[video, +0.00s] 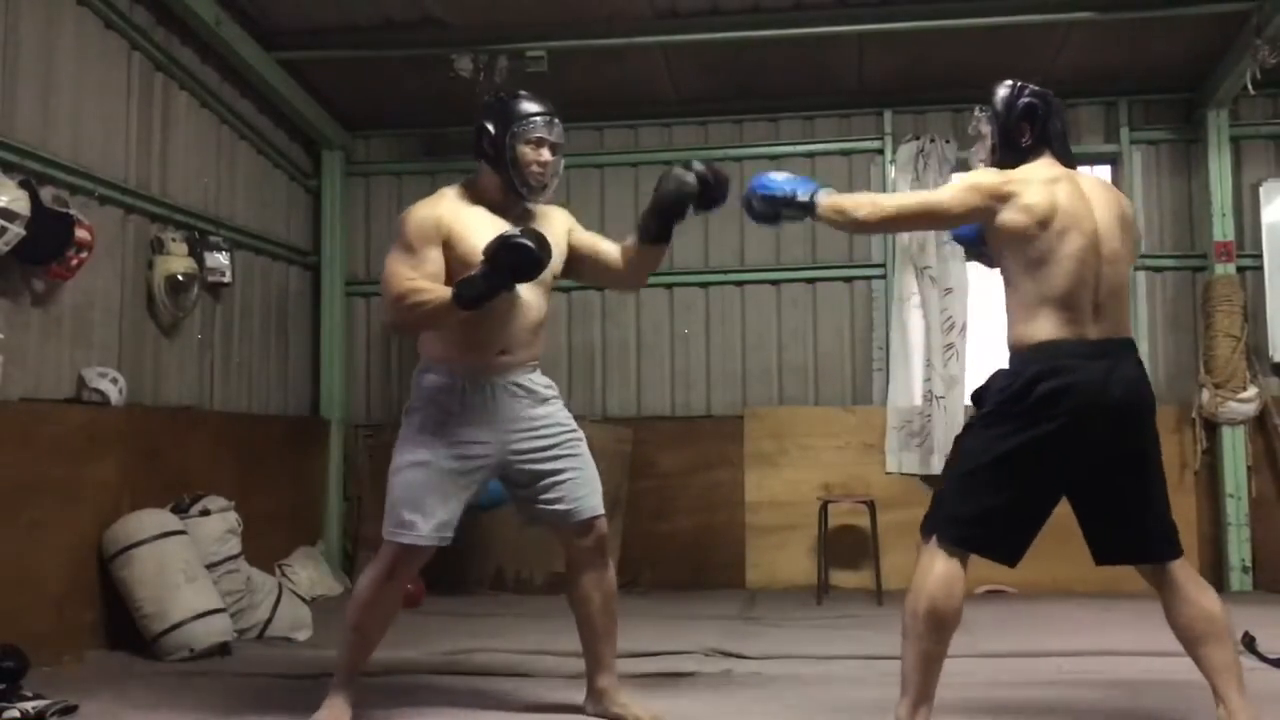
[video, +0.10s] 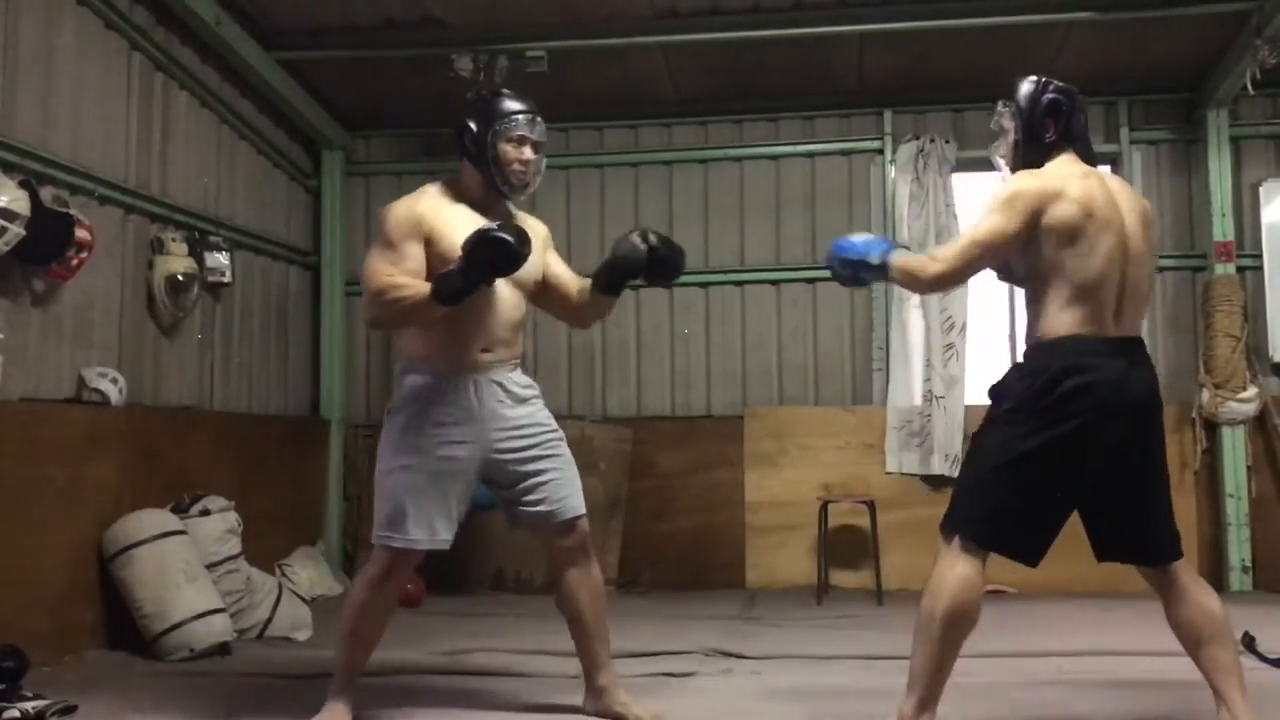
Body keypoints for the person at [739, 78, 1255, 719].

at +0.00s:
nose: (979, 143)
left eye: (983, 131)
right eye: (981, 131)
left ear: (1010, 134)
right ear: (1051, 134)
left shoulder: (1000, 185)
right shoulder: (1114, 198)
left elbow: (871, 212)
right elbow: (1071, 262)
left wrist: (803, 196)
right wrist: (988, 249)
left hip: (1039, 387)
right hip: (1123, 387)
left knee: (947, 544)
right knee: (1168, 562)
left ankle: (914, 707)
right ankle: (1237, 706)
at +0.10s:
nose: (1000, 143)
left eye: (1005, 130)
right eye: (999, 129)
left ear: (1033, 130)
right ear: (1070, 130)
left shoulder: (1031, 188)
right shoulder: (1131, 199)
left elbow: (935, 272)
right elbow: (1080, 279)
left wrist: (879, 258)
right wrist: (1002, 258)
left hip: (1056, 383)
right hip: (1132, 383)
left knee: (965, 547)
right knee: (1170, 566)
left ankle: (914, 709)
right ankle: (1239, 709)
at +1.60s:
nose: (1043, 139)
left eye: (1050, 123)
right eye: (1044, 123)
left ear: (1084, 124)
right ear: (1122, 125)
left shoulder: (1088, 187)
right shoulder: (1198, 195)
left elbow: (1007, 287)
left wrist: (931, 269)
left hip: (1111, 393)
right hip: (1199, 393)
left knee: (1015, 557)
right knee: (1242, 574)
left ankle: (959, 709)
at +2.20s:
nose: (1043, 142)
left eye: (1044, 125)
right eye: (1039, 129)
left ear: (1066, 117)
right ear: (1119, 114)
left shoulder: (1095, 169)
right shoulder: (1187, 177)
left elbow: (984, 234)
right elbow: (1170, 311)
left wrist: (959, 161)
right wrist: (1066, 305)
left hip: (1141, 377)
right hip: (1224, 376)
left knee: (1035, 543)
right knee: (1241, 556)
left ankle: (1034, 712)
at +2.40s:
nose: (1060, 131)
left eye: (1064, 113)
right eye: (1057, 115)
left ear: (1098, 109)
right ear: (1135, 109)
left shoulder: (1127, 166)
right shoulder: (1201, 174)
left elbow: (1032, 252)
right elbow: (1155, 313)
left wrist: (985, 189)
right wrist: (1068, 282)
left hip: (1156, 379)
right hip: (1239, 376)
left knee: (1061, 549)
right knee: (1272, 563)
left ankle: (1038, 711)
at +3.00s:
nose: (1049, 139)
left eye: (1059, 122)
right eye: (1046, 126)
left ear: (1106, 119)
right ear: (1118, 125)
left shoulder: (1141, 181)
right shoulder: (1174, 183)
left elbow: (1109, 305)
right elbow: (1134, 290)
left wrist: (1023, 260)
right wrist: (1057, 244)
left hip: (1161, 390)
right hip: (1218, 390)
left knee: (1037, 548)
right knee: (1239, 571)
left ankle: (1030, 713)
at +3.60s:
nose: (1025, 132)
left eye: (1035, 114)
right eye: (1025, 117)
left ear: (1077, 112)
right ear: (1090, 117)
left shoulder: (1130, 171)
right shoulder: (1135, 184)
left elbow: (1089, 281)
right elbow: (1119, 322)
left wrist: (1004, 227)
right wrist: (1032, 303)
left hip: (1144, 386)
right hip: (1194, 387)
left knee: (1029, 549)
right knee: (1239, 570)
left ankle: (1029, 712)